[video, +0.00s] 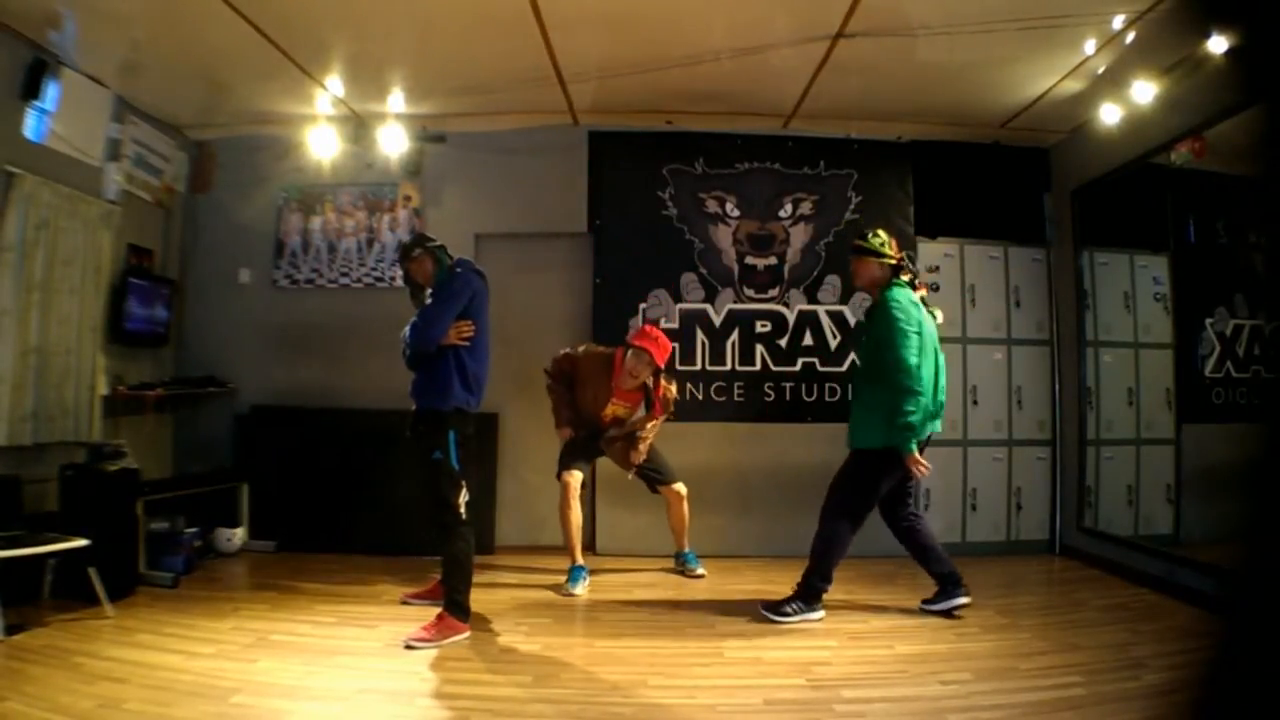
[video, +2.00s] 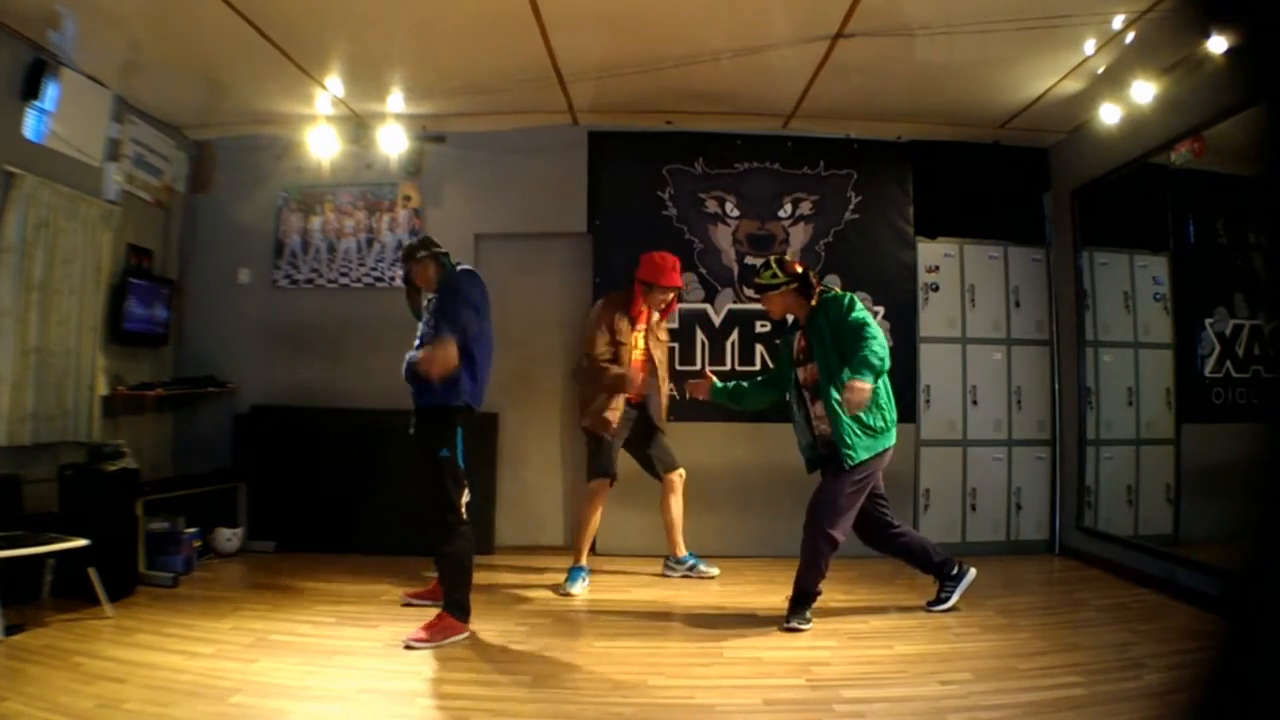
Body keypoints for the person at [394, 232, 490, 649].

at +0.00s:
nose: (413, 276)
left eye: (415, 266)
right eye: (408, 270)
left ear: (431, 256)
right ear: (414, 269)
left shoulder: (463, 278)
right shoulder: (438, 291)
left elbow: (428, 335)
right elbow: (409, 349)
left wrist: (411, 330)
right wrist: (436, 335)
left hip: (453, 409)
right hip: (433, 409)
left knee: (455, 509)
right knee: (441, 502)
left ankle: (456, 614)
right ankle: (447, 581)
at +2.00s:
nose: (415, 282)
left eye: (415, 272)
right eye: (411, 275)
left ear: (429, 263)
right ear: (426, 266)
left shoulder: (461, 285)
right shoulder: (445, 292)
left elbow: (445, 356)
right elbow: (424, 344)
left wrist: (412, 359)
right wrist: (427, 359)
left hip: (452, 413)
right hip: (435, 412)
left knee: (454, 509)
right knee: (439, 501)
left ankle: (456, 614)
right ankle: (445, 582)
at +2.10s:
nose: (413, 282)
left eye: (414, 273)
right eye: (409, 275)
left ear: (430, 264)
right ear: (419, 270)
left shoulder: (465, 289)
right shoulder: (433, 301)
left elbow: (477, 343)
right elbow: (422, 351)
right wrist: (410, 382)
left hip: (455, 415)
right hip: (429, 414)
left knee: (455, 508)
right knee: (433, 499)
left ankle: (456, 614)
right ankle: (443, 581)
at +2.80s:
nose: (470, 263)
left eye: (478, 255)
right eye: (463, 254)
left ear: (487, 257)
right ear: (447, 251)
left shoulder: (496, 302)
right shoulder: (416, 290)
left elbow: (502, 366)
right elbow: (393, 349)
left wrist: (494, 419)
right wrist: (394, 406)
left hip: (472, 413)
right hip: (427, 410)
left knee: (470, 505)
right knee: (433, 498)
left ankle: (470, 597)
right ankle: (447, 581)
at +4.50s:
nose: (440, 256)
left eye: (448, 248)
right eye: (433, 248)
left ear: (464, 248)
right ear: (423, 252)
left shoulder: (489, 288)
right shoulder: (420, 293)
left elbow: (507, 349)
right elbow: (416, 348)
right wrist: (377, 375)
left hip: (486, 404)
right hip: (443, 404)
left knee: (475, 486)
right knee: (431, 474)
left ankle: (477, 573)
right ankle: (437, 537)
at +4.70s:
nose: (430, 274)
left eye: (437, 266)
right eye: (424, 266)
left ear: (452, 267)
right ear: (416, 268)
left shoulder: (477, 294)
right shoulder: (412, 315)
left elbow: (518, 272)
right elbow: (382, 326)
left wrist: (478, 284)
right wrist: (366, 315)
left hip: (488, 421)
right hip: (445, 425)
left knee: (486, 501)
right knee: (438, 508)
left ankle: (493, 563)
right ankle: (441, 600)